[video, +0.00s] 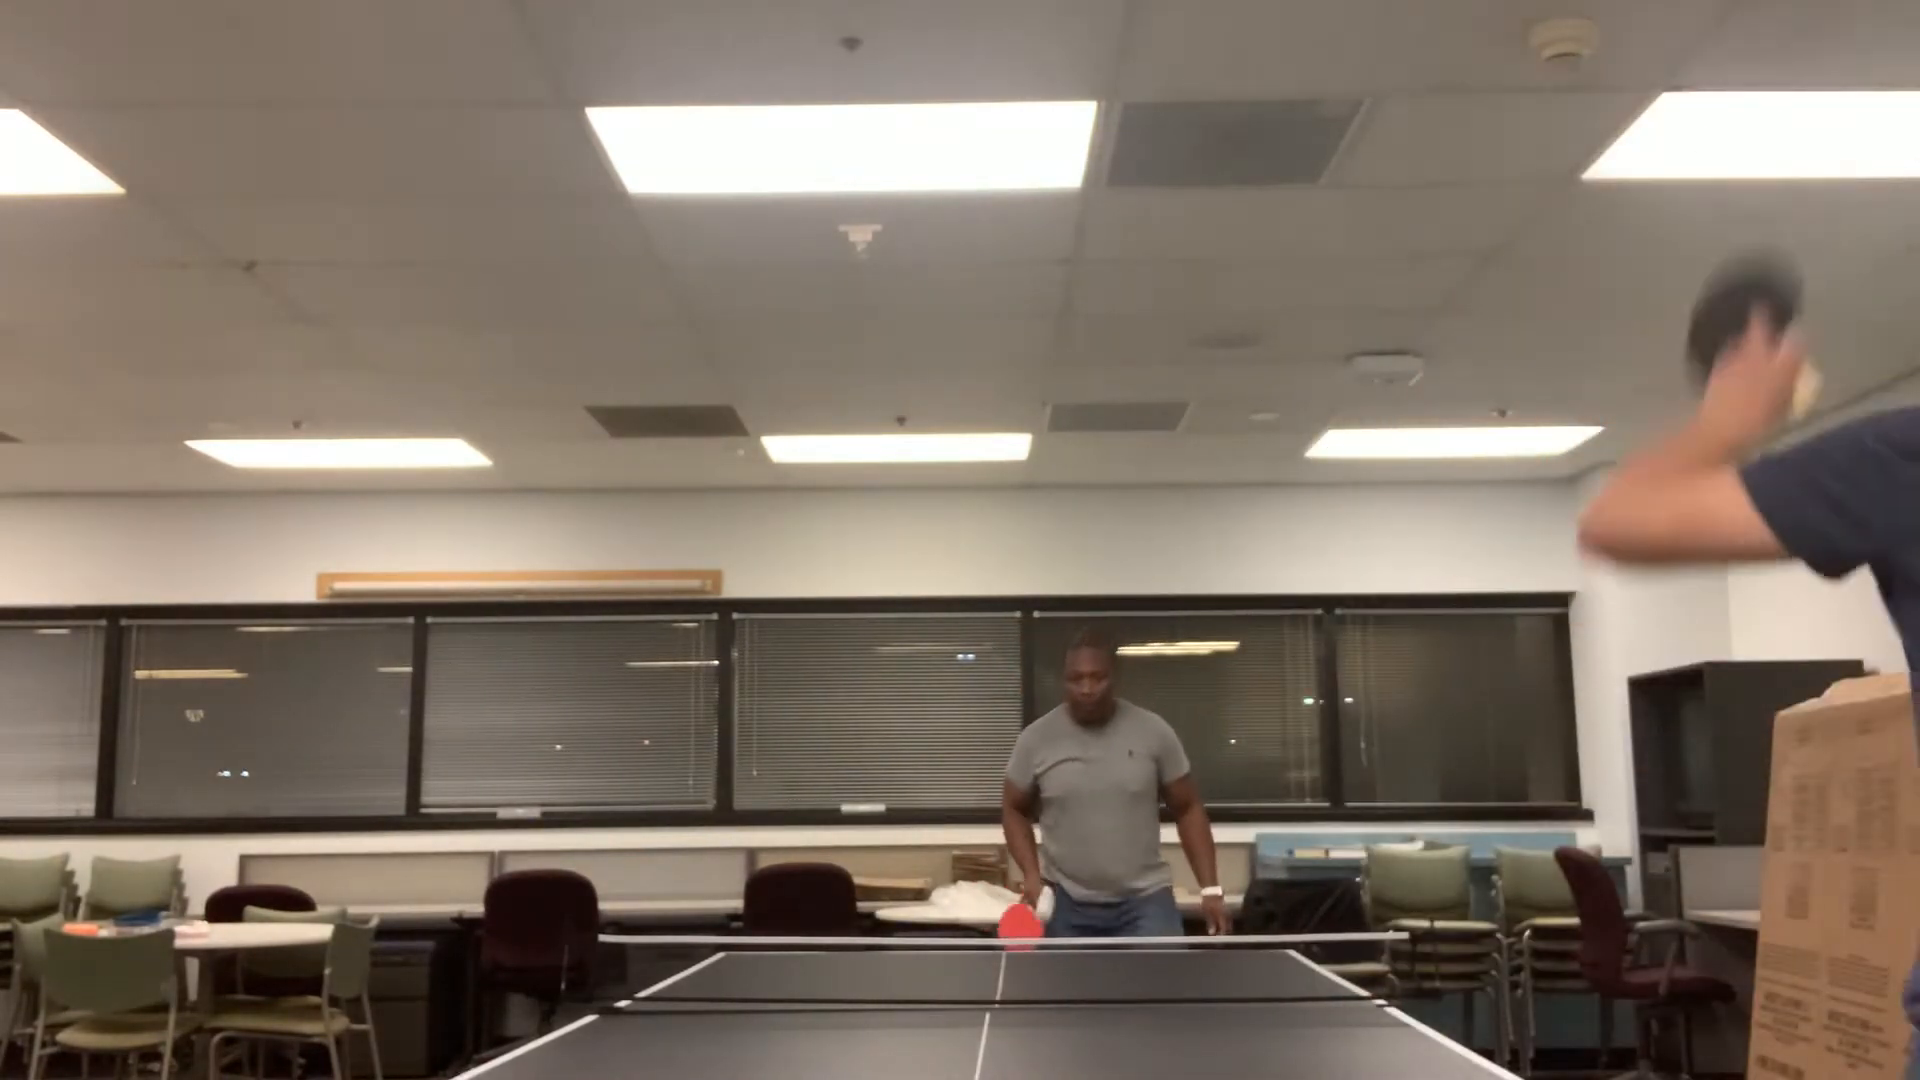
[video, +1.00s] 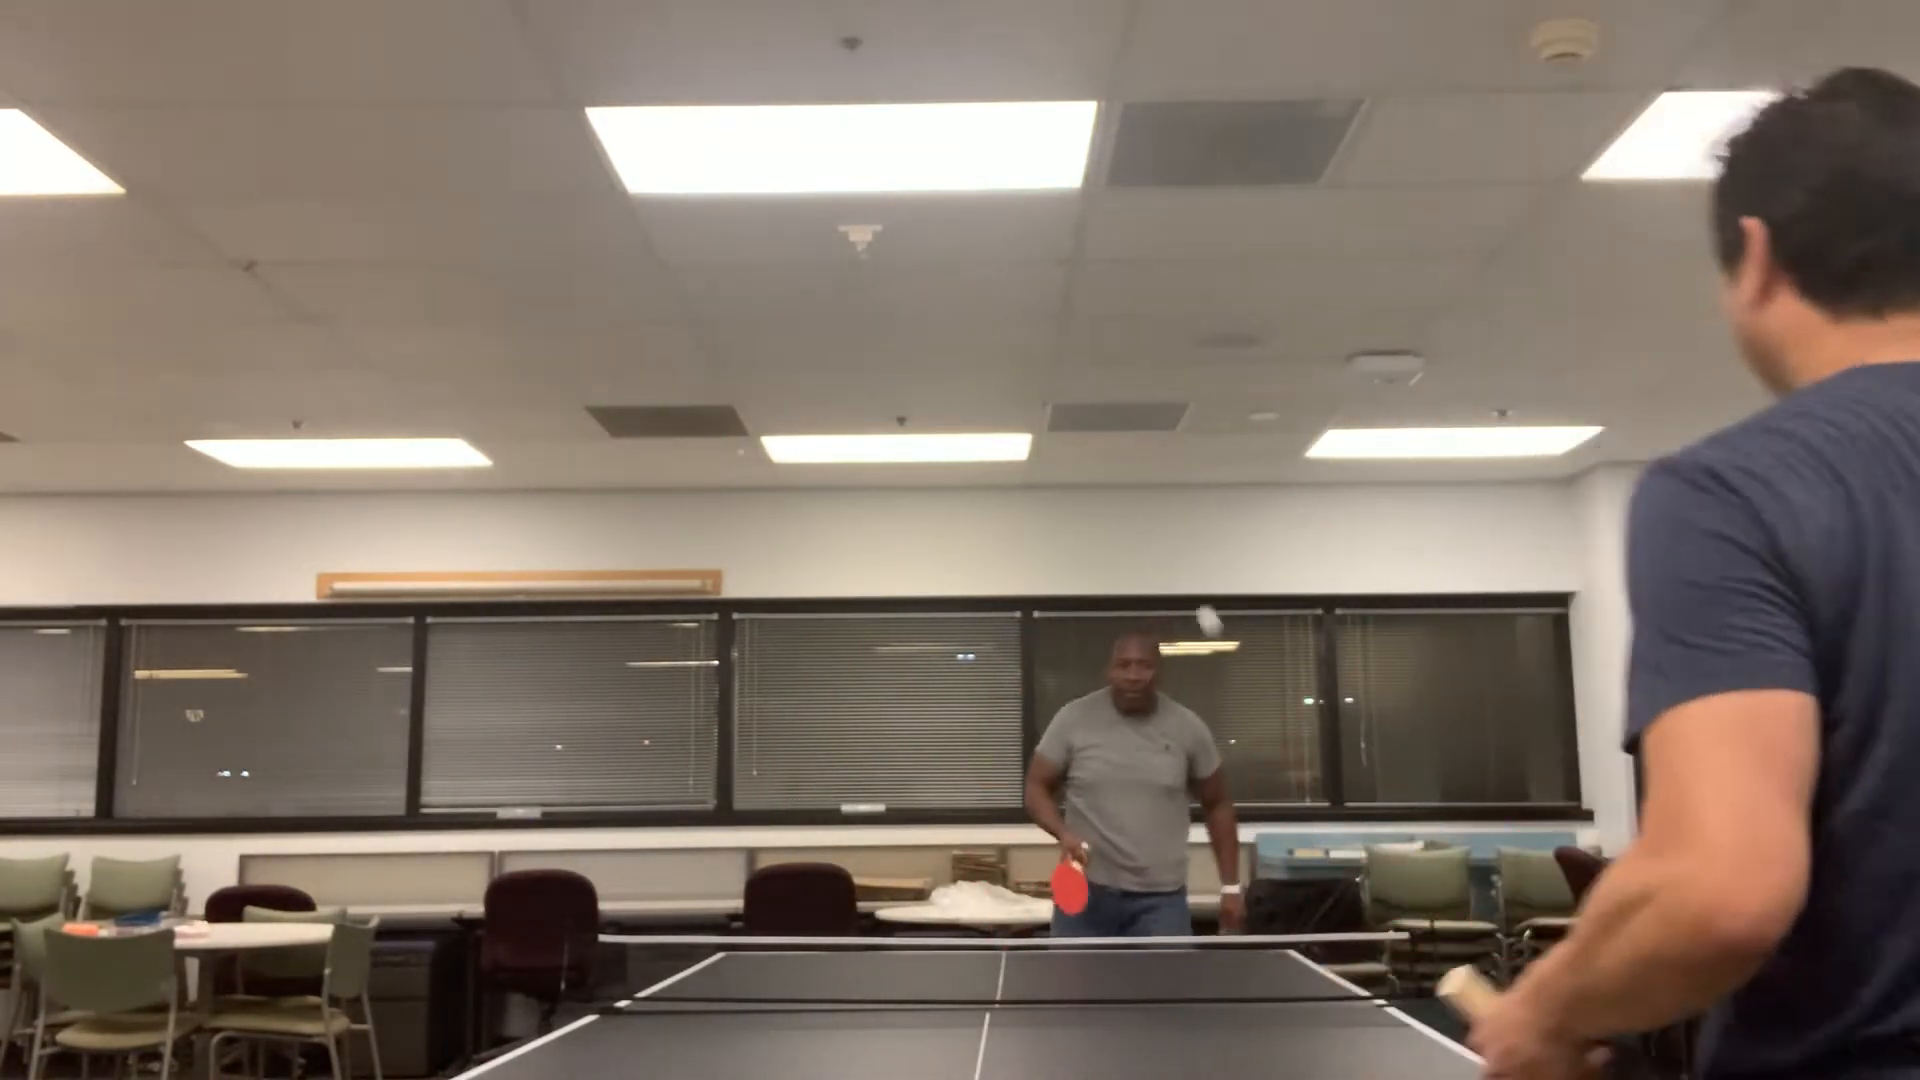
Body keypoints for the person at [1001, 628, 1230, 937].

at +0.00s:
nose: (1086, 689)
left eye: (1097, 678)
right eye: (1076, 679)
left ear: (1113, 678)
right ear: (1063, 680)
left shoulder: (1153, 733)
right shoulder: (1035, 740)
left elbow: (1187, 809)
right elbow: (1014, 811)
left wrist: (1210, 891)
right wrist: (1031, 876)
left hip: (1145, 900)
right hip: (1068, 901)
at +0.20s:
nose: (1097, 691)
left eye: (1108, 679)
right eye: (1088, 681)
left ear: (1129, 680)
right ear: (1079, 682)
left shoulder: (1172, 727)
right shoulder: (1057, 730)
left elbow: (1215, 805)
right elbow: (1038, 797)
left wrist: (1240, 888)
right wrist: (1033, 858)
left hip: (1162, 902)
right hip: (1082, 902)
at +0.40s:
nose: (1118, 679)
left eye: (1129, 670)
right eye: (1112, 668)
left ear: (1158, 665)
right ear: (1106, 661)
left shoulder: (1202, 694)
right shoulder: (1092, 692)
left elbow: (1261, 755)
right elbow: (1051, 746)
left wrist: (1305, 833)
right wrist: (1025, 778)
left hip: (1183, 879)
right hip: (1108, 878)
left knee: (1186, 993)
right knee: (1095, 990)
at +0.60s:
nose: (1142, 669)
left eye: (1154, 660)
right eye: (1136, 657)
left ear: (1181, 660)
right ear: (1129, 653)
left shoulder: (1216, 692)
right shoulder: (1110, 681)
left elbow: (1284, 741)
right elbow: (1057, 721)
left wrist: (1347, 805)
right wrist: (1027, 740)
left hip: (1188, 878)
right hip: (1114, 873)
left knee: (1190, 1001)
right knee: (1096, 990)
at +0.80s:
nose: (1152, 669)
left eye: (1164, 660)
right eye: (1144, 658)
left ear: (1185, 664)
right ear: (1133, 659)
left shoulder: (1218, 714)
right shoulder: (1105, 701)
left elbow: (1271, 781)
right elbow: (1056, 764)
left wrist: (1312, 857)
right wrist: (1060, 796)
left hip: (1183, 893)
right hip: (1106, 885)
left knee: (1182, 1011)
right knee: (1089, 1001)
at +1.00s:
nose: (1133, 675)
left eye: (1143, 665)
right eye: (1123, 665)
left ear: (1157, 671)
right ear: (1108, 671)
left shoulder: (1188, 728)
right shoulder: (1073, 720)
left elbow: (1218, 805)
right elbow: (1035, 788)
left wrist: (1231, 888)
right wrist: (1063, 834)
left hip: (1161, 899)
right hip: (1086, 896)